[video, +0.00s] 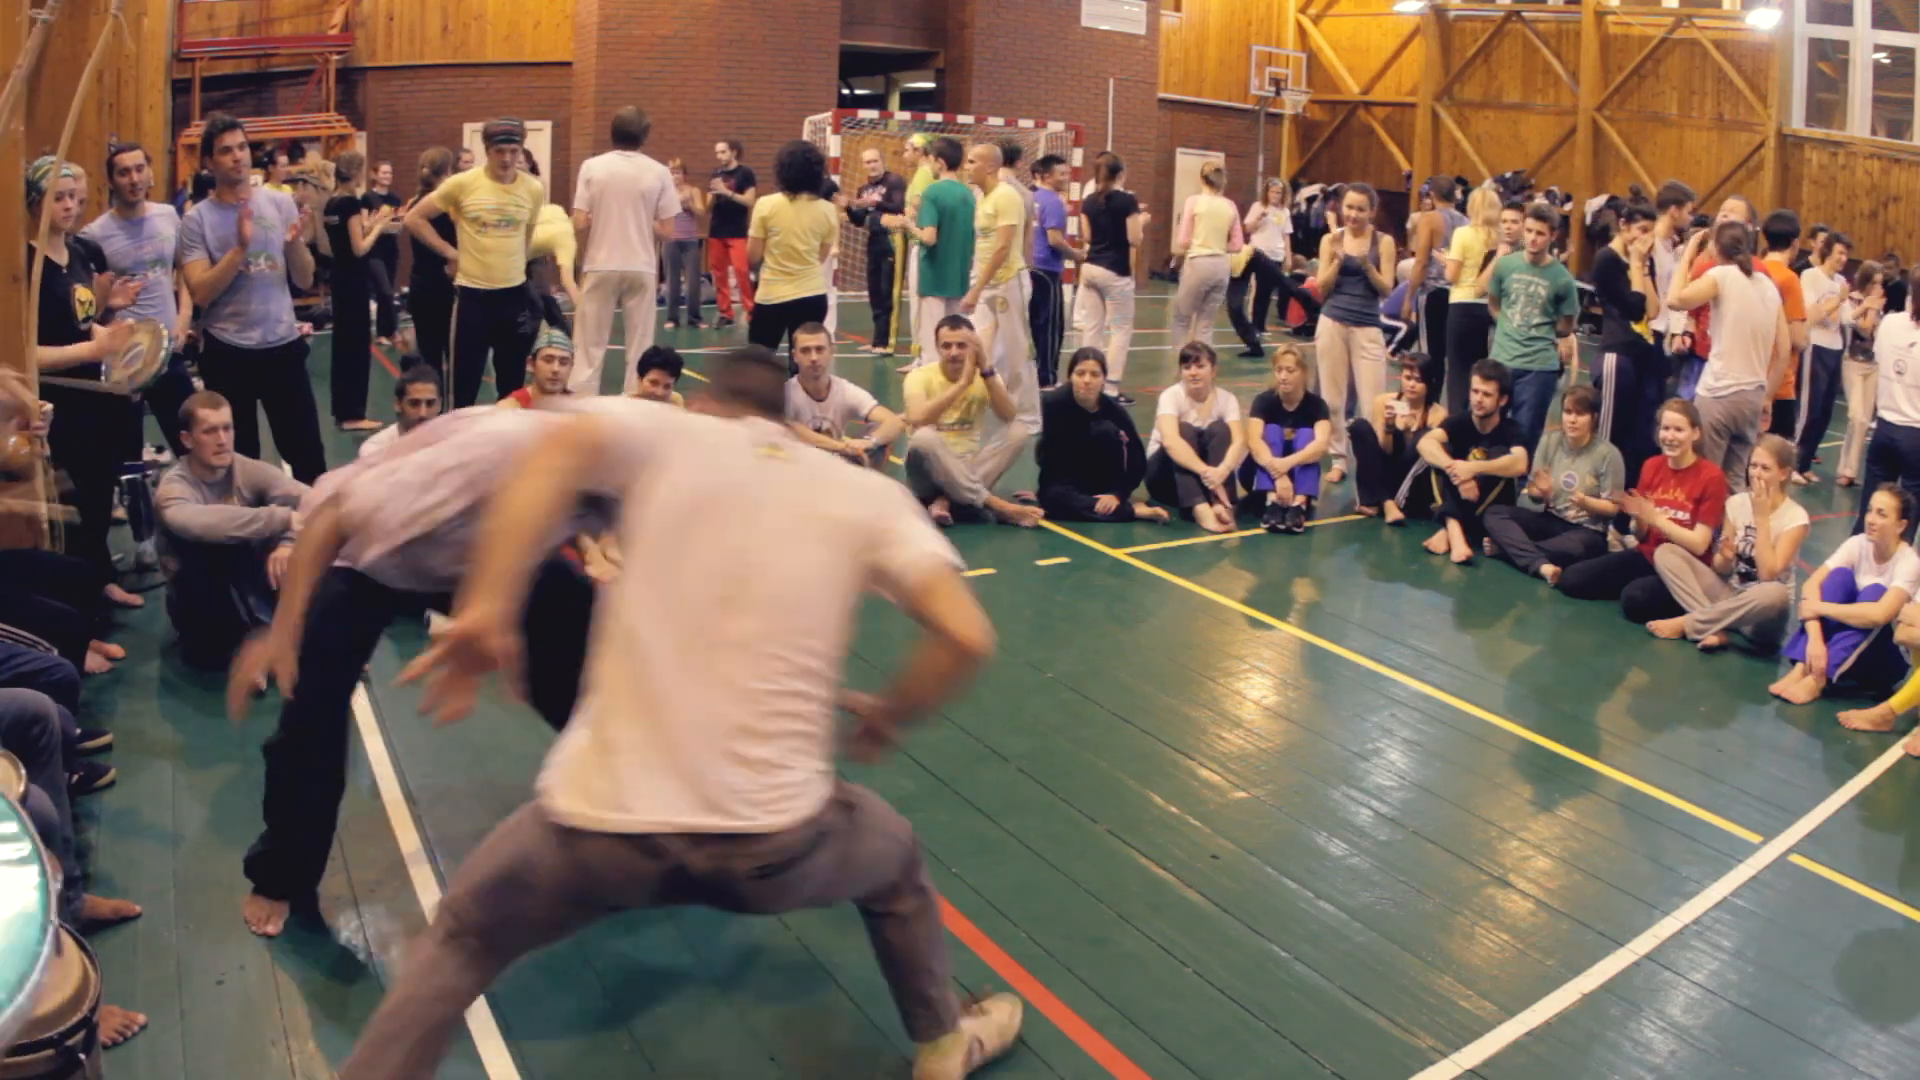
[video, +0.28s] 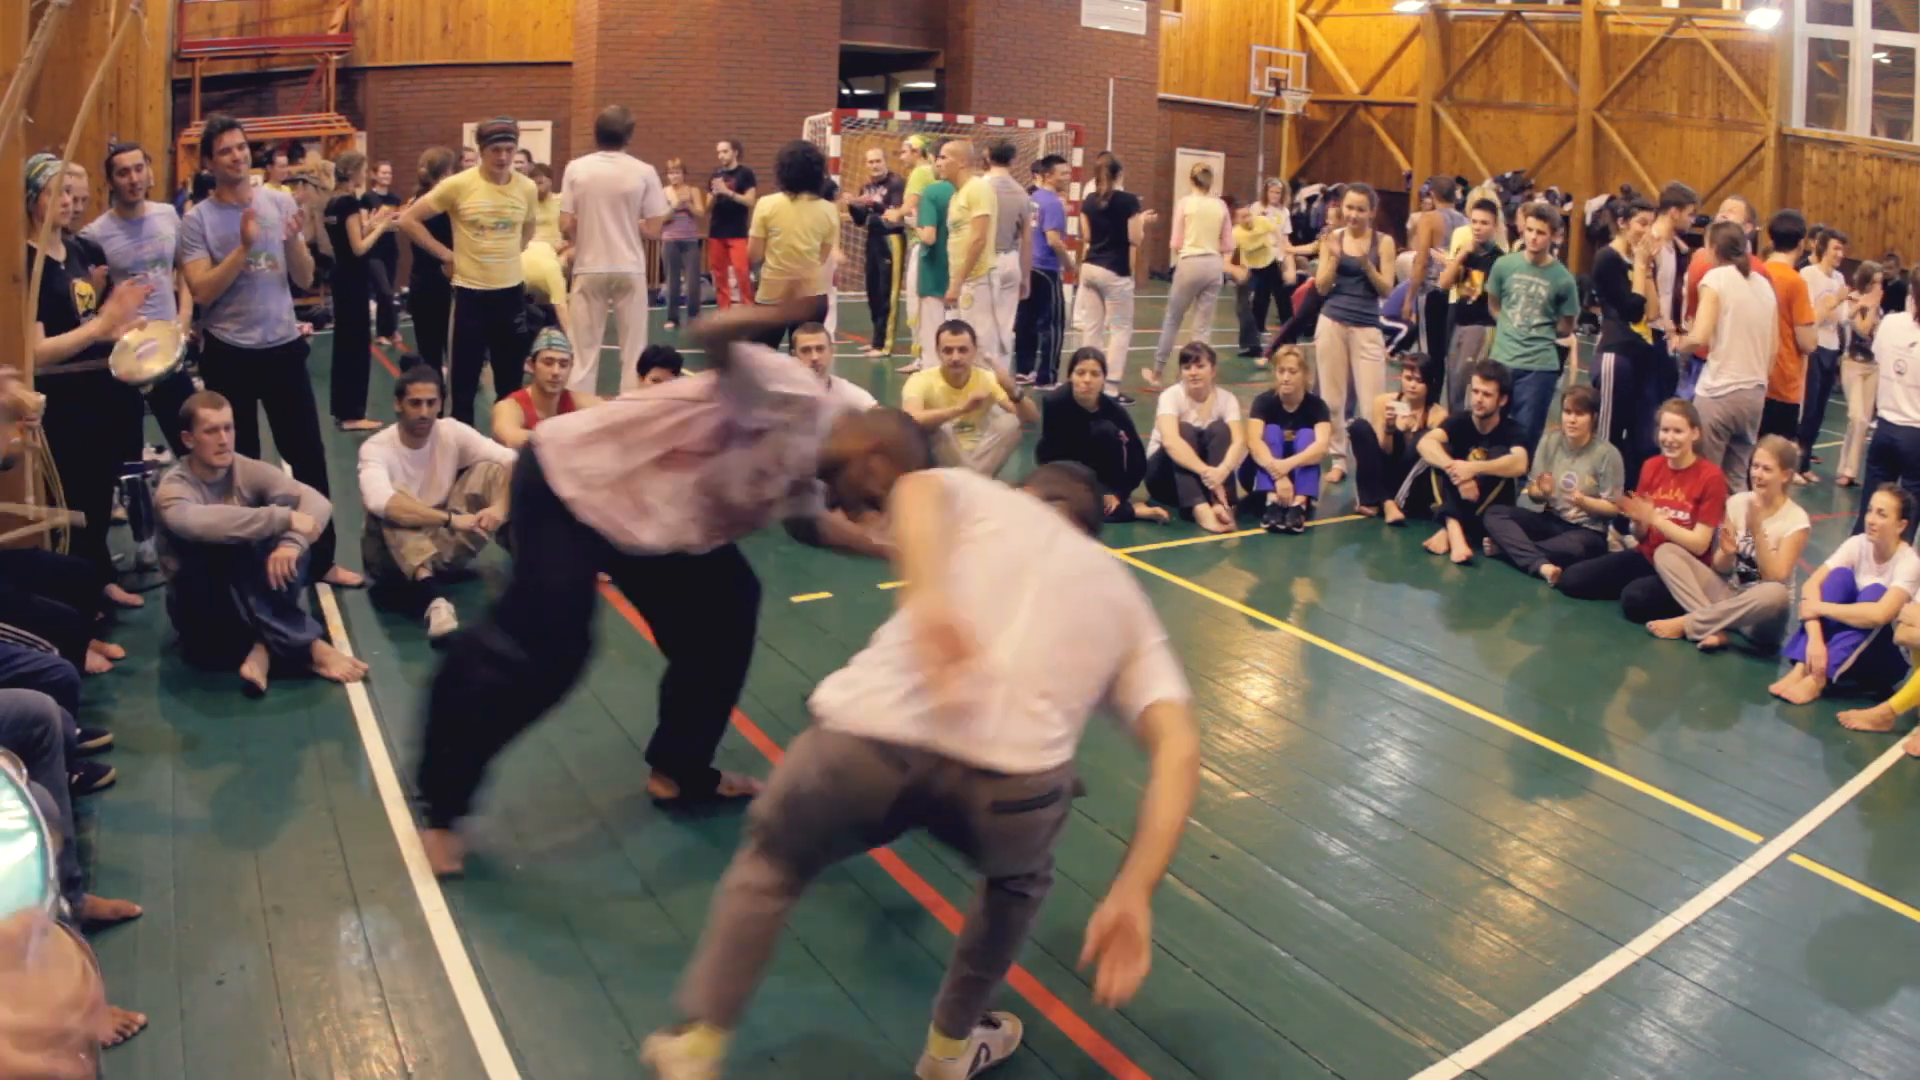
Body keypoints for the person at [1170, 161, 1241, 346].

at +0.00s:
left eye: (1201, 179)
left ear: (1202, 180)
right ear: (1223, 181)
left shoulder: (1193, 202)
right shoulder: (1230, 206)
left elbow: (1184, 240)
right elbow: (1237, 245)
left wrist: (1179, 255)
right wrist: (1217, 244)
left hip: (1198, 260)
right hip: (1222, 260)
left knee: (1181, 318)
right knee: (1206, 322)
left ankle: (1181, 366)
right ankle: (1203, 367)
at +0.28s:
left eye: (1190, 180)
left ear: (1191, 182)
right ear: (1211, 183)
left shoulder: (1184, 204)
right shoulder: (1221, 206)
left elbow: (1176, 242)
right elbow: (1228, 245)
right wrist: (1210, 249)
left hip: (1189, 258)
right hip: (1215, 259)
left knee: (1173, 318)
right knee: (1203, 321)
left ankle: (1157, 371)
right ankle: (1199, 371)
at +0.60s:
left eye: (1167, 182)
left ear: (1167, 183)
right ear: (1186, 184)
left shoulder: (1161, 206)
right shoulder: (1199, 205)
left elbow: (1157, 247)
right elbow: (1208, 244)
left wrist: (1159, 269)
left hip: (1173, 257)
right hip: (1197, 257)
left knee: (1166, 309)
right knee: (1192, 309)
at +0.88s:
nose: (1147, 208)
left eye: (1148, 204)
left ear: (1151, 205)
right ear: (1170, 204)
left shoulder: (1147, 227)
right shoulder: (1183, 222)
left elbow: (1143, 264)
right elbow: (1195, 255)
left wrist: (1132, 288)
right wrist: (1191, 270)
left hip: (1167, 273)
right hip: (1190, 272)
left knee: (1144, 323)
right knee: (1160, 325)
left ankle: (1152, 374)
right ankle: (1159, 374)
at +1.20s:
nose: (1143, 219)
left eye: (1143, 216)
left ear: (1146, 218)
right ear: (1164, 216)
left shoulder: (1144, 236)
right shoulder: (1177, 232)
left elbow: (1134, 271)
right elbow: (1191, 266)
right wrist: (1178, 274)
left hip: (1160, 283)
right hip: (1184, 282)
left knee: (1138, 327)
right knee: (1151, 330)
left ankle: (1153, 375)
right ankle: (1156, 375)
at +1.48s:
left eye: (1151, 179)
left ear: (1151, 180)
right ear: (1171, 179)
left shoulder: (1144, 202)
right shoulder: (1184, 202)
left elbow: (1140, 234)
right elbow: (1199, 229)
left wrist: (1146, 245)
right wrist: (1182, 239)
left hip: (1158, 251)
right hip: (1182, 251)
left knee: (1149, 314)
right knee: (1176, 314)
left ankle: (1160, 371)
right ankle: (1179, 368)